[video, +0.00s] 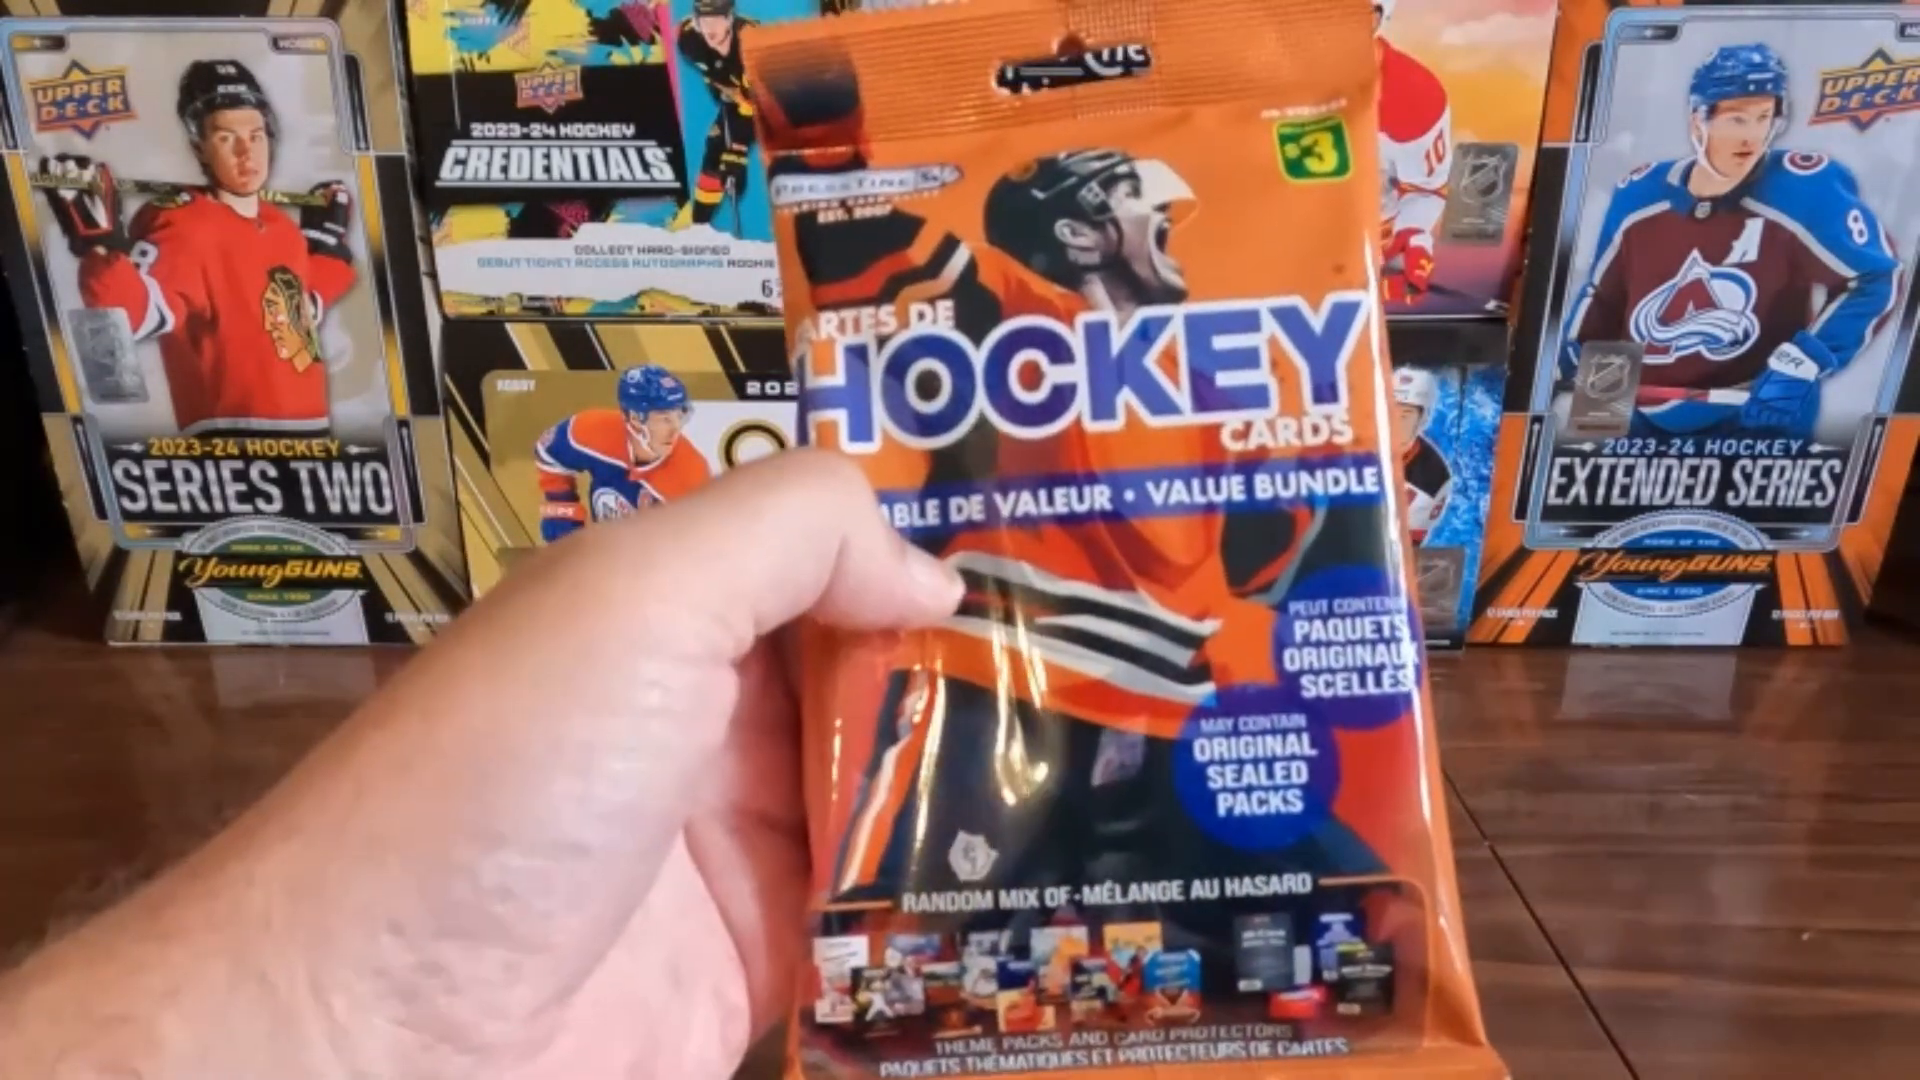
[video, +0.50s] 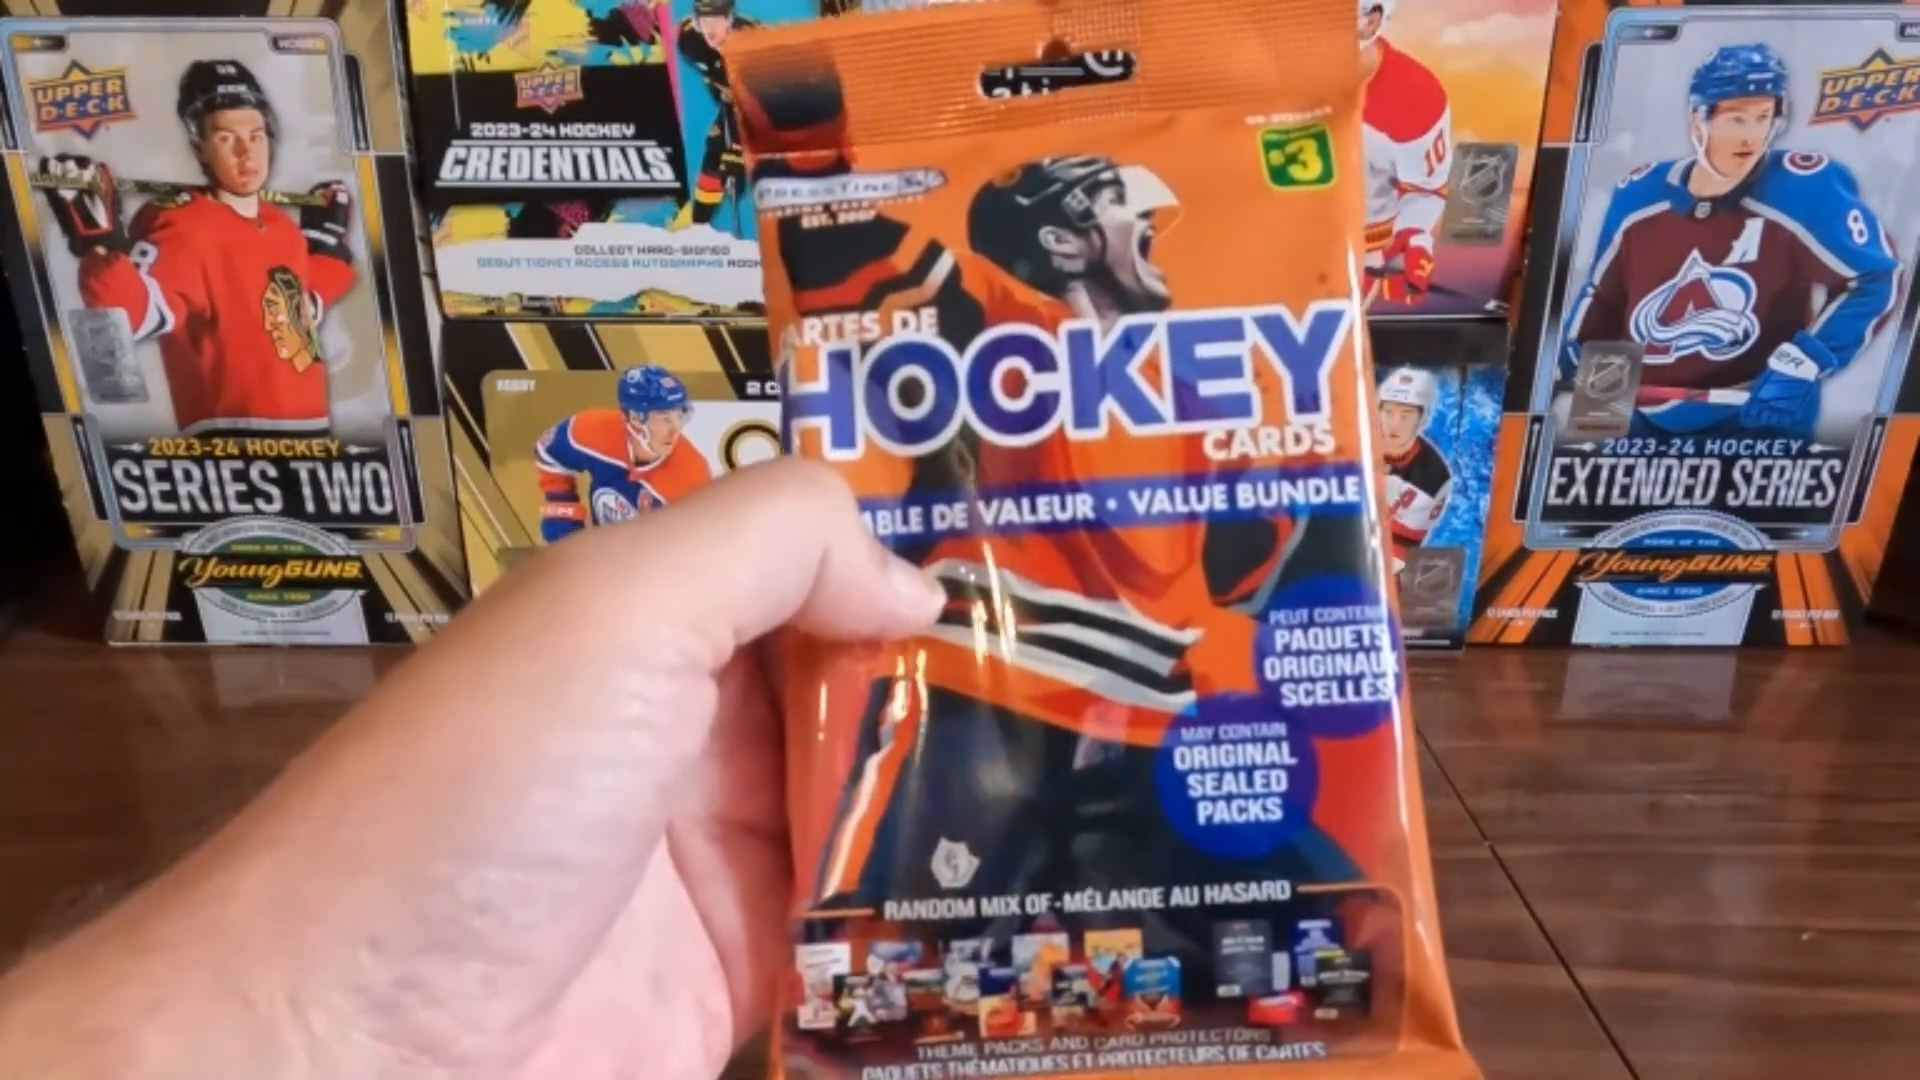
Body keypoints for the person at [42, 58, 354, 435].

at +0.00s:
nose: (247, 152)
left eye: (256, 135)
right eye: (228, 139)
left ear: (270, 140)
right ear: (201, 150)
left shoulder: (283, 227)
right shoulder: (183, 226)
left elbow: (303, 305)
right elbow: (142, 315)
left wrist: (334, 250)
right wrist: (100, 250)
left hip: (307, 432)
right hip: (230, 438)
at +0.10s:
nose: (247, 153)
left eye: (256, 135)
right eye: (227, 139)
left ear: (270, 139)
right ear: (200, 150)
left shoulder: (283, 227)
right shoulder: (183, 226)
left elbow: (302, 306)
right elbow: (143, 314)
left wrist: (334, 251)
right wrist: (100, 250)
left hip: (307, 432)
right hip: (230, 438)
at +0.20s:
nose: (247, 152)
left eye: (256, 135)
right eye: (228, 139)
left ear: (270, 140)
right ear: (201, 150)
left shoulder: (282, 227)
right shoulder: (184, 226)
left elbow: (303, 305)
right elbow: (141, 315)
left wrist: (334, 250)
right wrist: (100, 250)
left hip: (307, 433)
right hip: (230, 440)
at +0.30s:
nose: (247, 153)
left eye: (256, 135)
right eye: (228, 139)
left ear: (270, 140)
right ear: (200, 150)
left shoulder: (283, 227)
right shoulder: (184, 226)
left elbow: (303, 306)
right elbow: (140, 316)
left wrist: (334, 250)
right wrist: (100, 250)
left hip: (307, 433)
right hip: (231, 440)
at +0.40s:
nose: (247, 152)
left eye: (256, 135)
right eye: (228, 139)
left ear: (270, 140)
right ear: (201, 150)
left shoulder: (282, 227)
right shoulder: (184, 226)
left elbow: (303, 305)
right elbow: (141, 315)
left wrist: (334, 250)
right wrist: (100, 250)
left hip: (307, 433)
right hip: (231, 440)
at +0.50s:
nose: (247, 152)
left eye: (256, 135)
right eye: (228, 139)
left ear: (270, 139)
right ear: (201, 150)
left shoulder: (282, 227)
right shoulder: (184, 226)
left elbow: (302, 307)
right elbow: (140, 315)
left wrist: (333, 249)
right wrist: (100, 249)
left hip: (308, 433)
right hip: (231, 441)